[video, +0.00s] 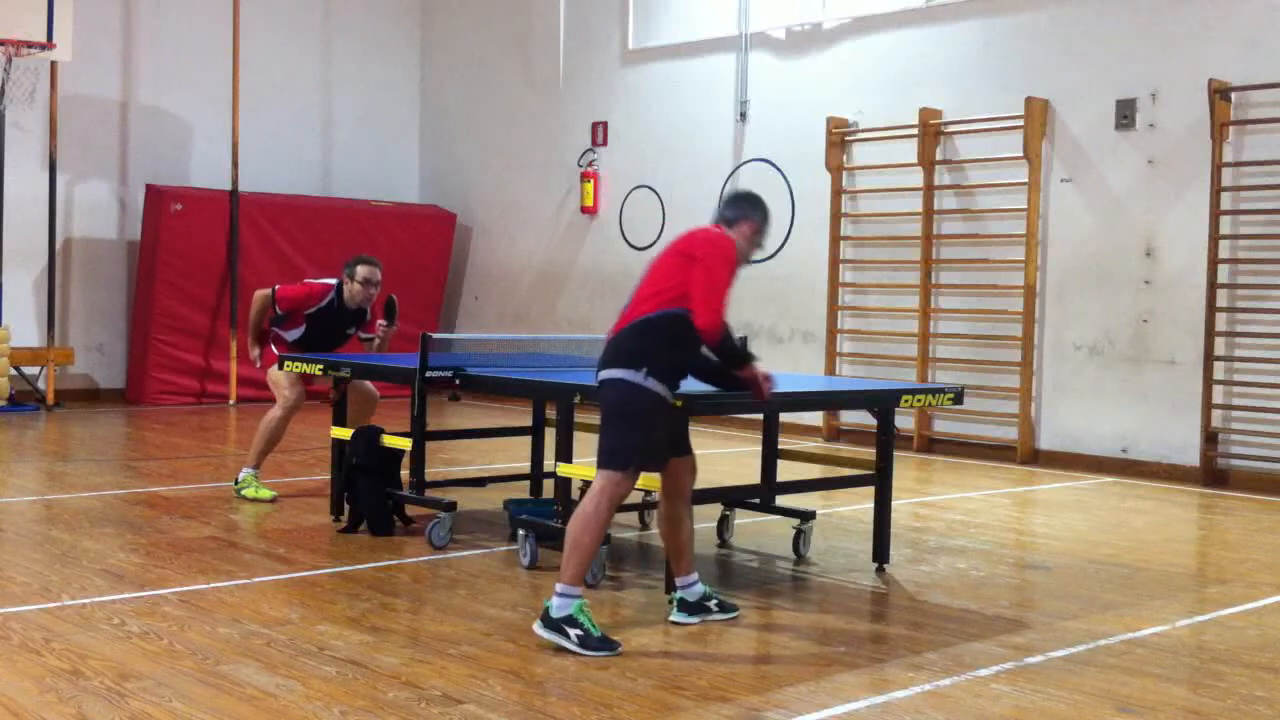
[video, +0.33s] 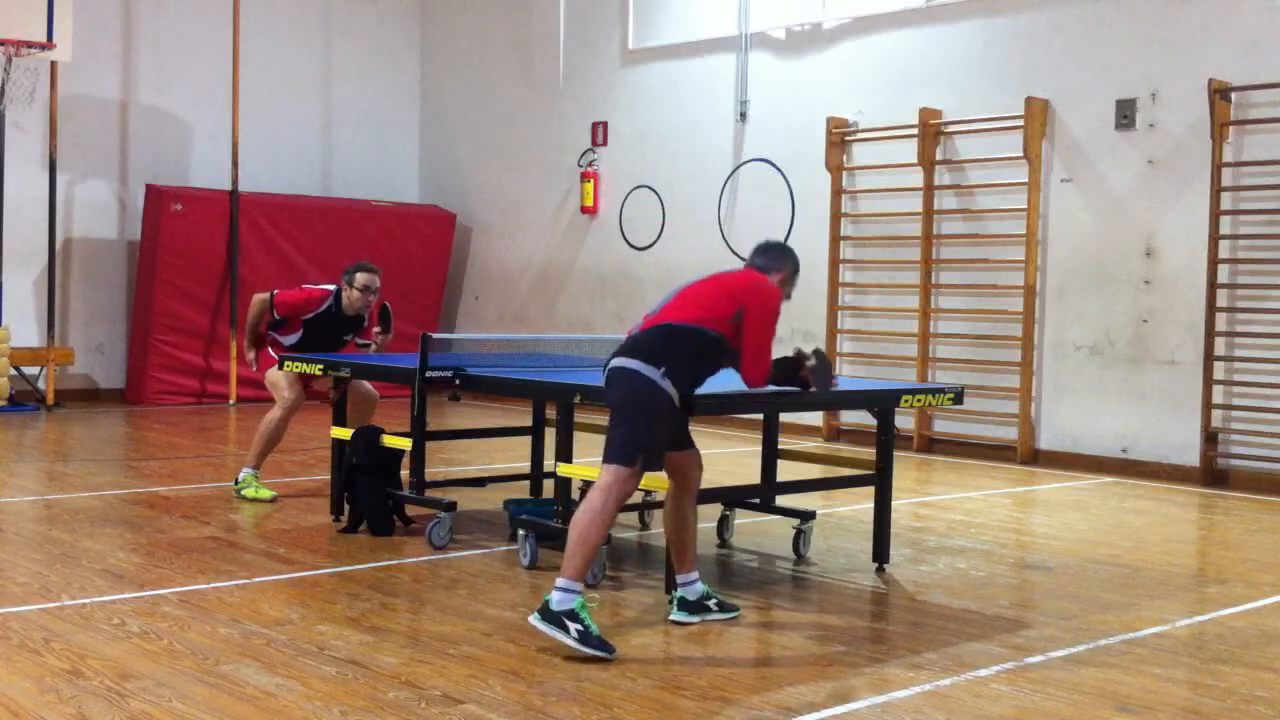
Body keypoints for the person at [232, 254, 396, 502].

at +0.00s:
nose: (373, 291)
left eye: (377, 285)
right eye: (366, 283)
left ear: (380, 286)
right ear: (347, 281)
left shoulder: (365, 308)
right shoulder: (315, 293)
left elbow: (373, 356)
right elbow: (262, 296)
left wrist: (383, 339)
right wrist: (253, 343)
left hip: (320, 359)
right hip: (281, 351)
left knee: (367, 397)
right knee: (292, 398)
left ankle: (352, 473)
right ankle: (247, 476)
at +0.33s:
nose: (371, 298)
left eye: (375, 292)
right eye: (365, 290)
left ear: (379, 294)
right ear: (345, 287)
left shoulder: (365, 313)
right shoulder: (314, 298)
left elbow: (363, 359)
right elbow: (260, 301)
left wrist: (378, 347)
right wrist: (250, 344)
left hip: (318, 361)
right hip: (278, 353)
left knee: (367, 398)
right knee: (291, 398)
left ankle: (354, 476)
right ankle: (247, 476)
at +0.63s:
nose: (369, 284)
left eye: (374, 278)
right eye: (363, 276)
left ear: (377, 281)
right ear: (344, 275)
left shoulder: (363, 306)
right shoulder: (312, 288)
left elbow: (369, 360)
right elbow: (259, 290)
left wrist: (376, 336)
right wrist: (247, 331)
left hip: (314, 355)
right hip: (274, 343)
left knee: (363, 396)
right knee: (288, 395)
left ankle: (350, 474)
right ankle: (247, 476)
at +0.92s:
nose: (370, 265)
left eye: (375, 260)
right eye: (363, 258)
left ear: (378, 263)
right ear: (346, 257)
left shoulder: (364, 293)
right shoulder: (318, 273)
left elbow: (369, 345)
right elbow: (263, 283)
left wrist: (376, 325)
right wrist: (254, 329)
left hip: (315, 345)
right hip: (280, 334)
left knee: (362, 393)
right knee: (286, 393)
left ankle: (350, 472)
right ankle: (247, 475)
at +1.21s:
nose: (379, 271)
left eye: (384, 266)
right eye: (373, 263)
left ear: (388, 270)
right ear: (355, 263)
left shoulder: (370, 298)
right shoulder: (328, 278)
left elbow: (371, 348)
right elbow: (271, 288)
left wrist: (384, 333)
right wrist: (260, 335)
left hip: (318, 348)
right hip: (284, 339)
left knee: (366, 392)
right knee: (289, 394)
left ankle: (347, 467)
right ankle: (248, 475)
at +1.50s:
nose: (389, 281)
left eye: (394, 275)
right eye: (384, 273)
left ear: (396, 279)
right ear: (365, 272)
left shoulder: (378, 306)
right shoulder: (336, 286)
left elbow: (376, 351)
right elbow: (282, 297)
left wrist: (392, 344)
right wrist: (272, 343)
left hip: (330, 355)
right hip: (294, 347)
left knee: (377, 394)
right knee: (295, 397)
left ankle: (353, 465)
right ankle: (249, 475)